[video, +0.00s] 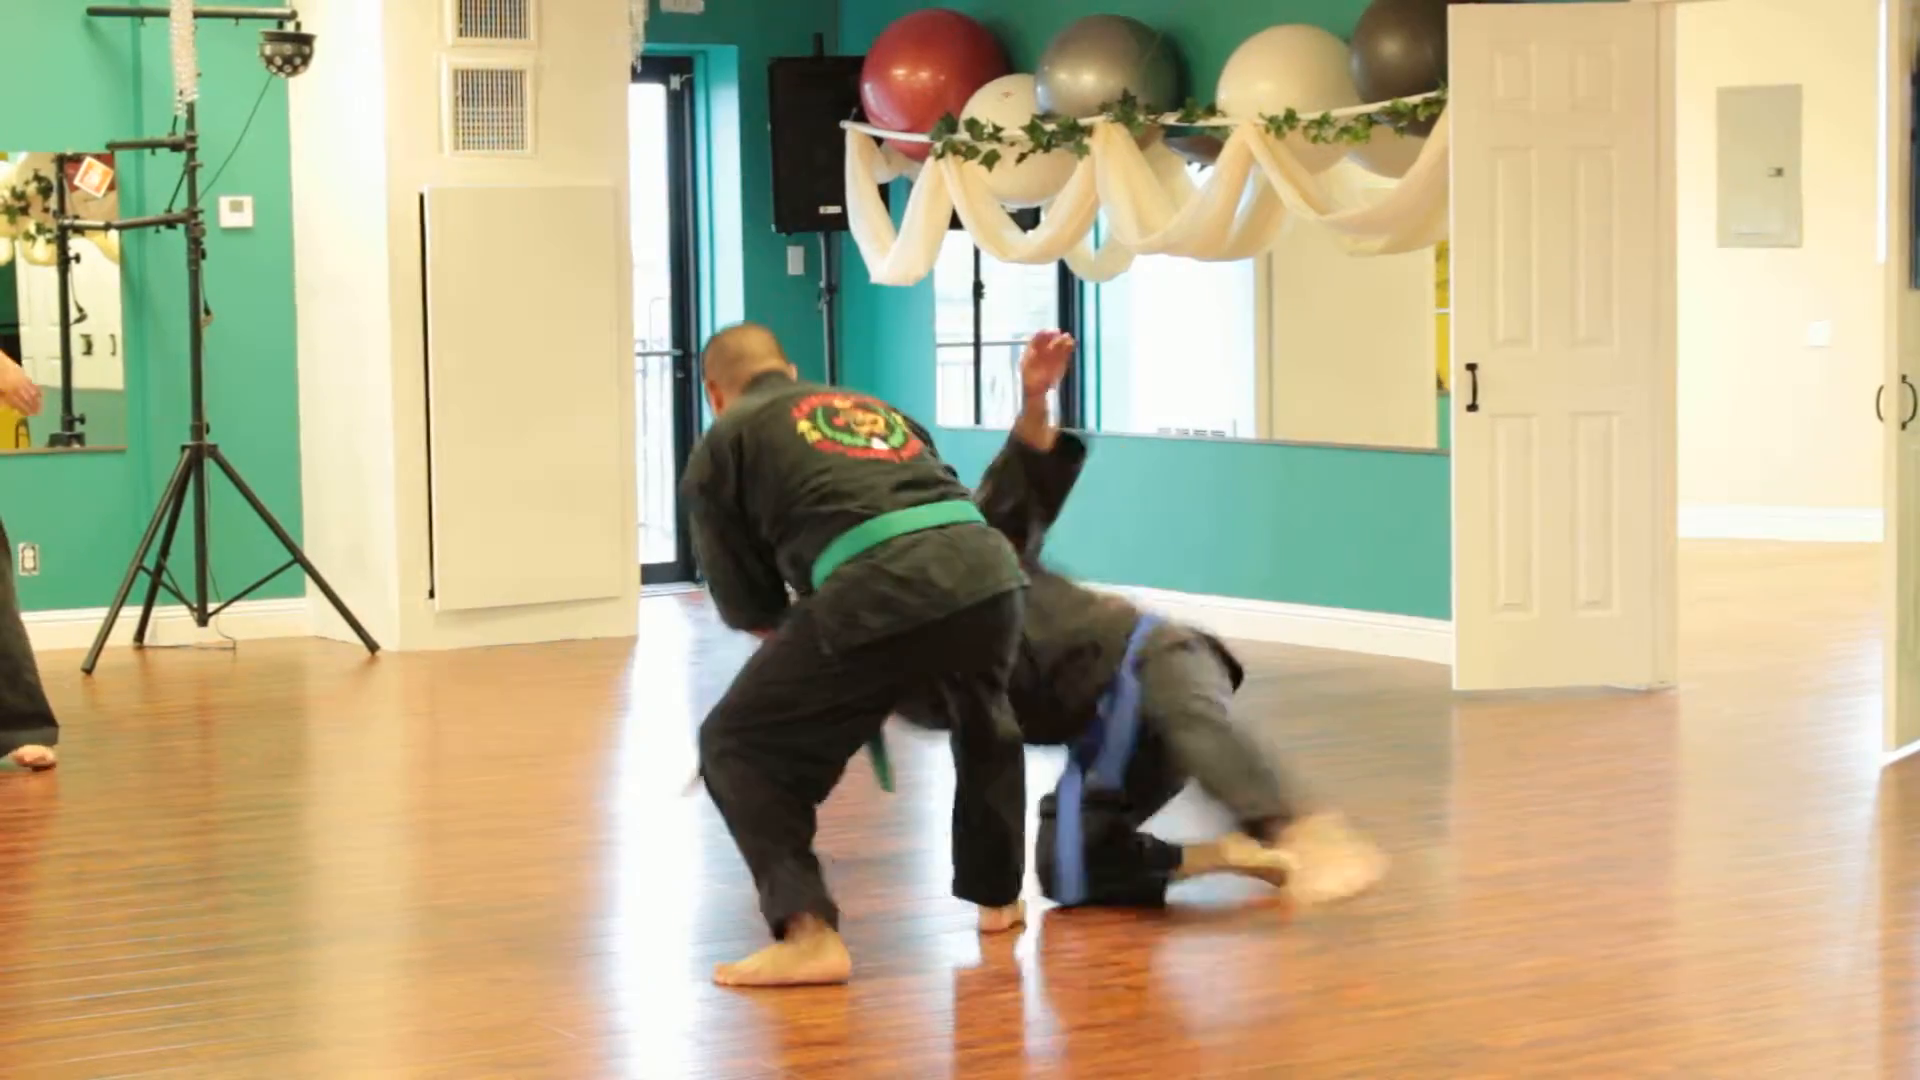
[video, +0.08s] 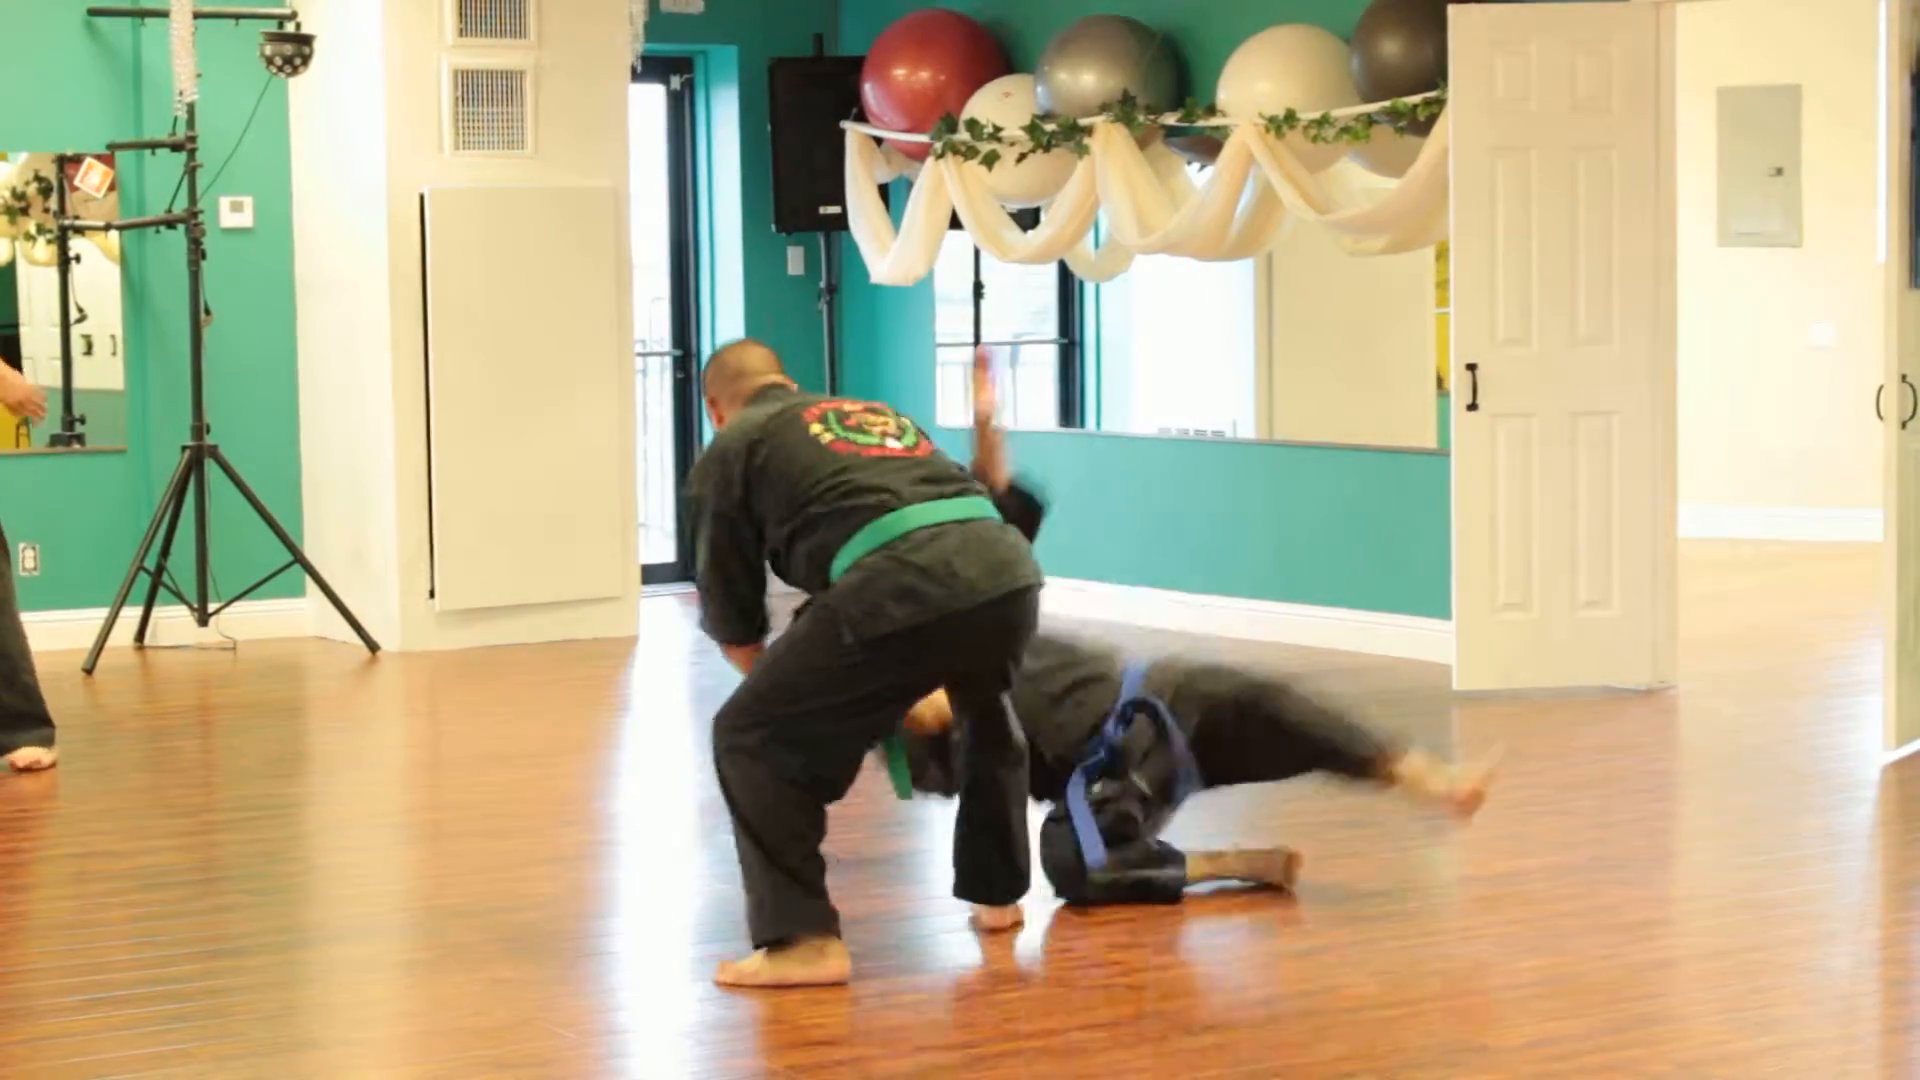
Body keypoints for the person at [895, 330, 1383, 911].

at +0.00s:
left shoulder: (966, 556)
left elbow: (1016, 488)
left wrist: (1035, 398)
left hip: (1151, 652)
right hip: (1109, 732)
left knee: (1195, 730)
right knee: (1071, 867)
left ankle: (1303, 839)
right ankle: (1230, 856)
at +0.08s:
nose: (919, 702)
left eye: (916, 699)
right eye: (914, 709)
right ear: (913, 726)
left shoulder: (988, 620)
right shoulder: (935, 746)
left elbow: (1004, 525)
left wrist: (988, 444)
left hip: (1145, 698)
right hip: (1103, 774)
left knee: (1262, 704)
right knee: (1079, 869)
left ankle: (1420, 776)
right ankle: (1232, 866)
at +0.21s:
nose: (925, 729)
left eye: (927, 716)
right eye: (910, 732)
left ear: (938, 705)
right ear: (898, 754)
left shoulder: (970, 714)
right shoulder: (909, 818)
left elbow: (1054, 734)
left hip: (1132, 732)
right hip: (1095, 820)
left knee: (1265, 638)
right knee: (1128, 783)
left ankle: (1410, 720)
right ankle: (1261, 845)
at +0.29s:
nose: (917, 719)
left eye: (912, 712)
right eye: (905, 722)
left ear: (891, 718)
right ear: (875, 745)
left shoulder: (928, 744)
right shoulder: (883, 836)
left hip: (1081, 756)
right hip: (1086, 819)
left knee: (1172, 620)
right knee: (1132, 682)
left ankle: (1310, 695)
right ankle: (1273, 742)